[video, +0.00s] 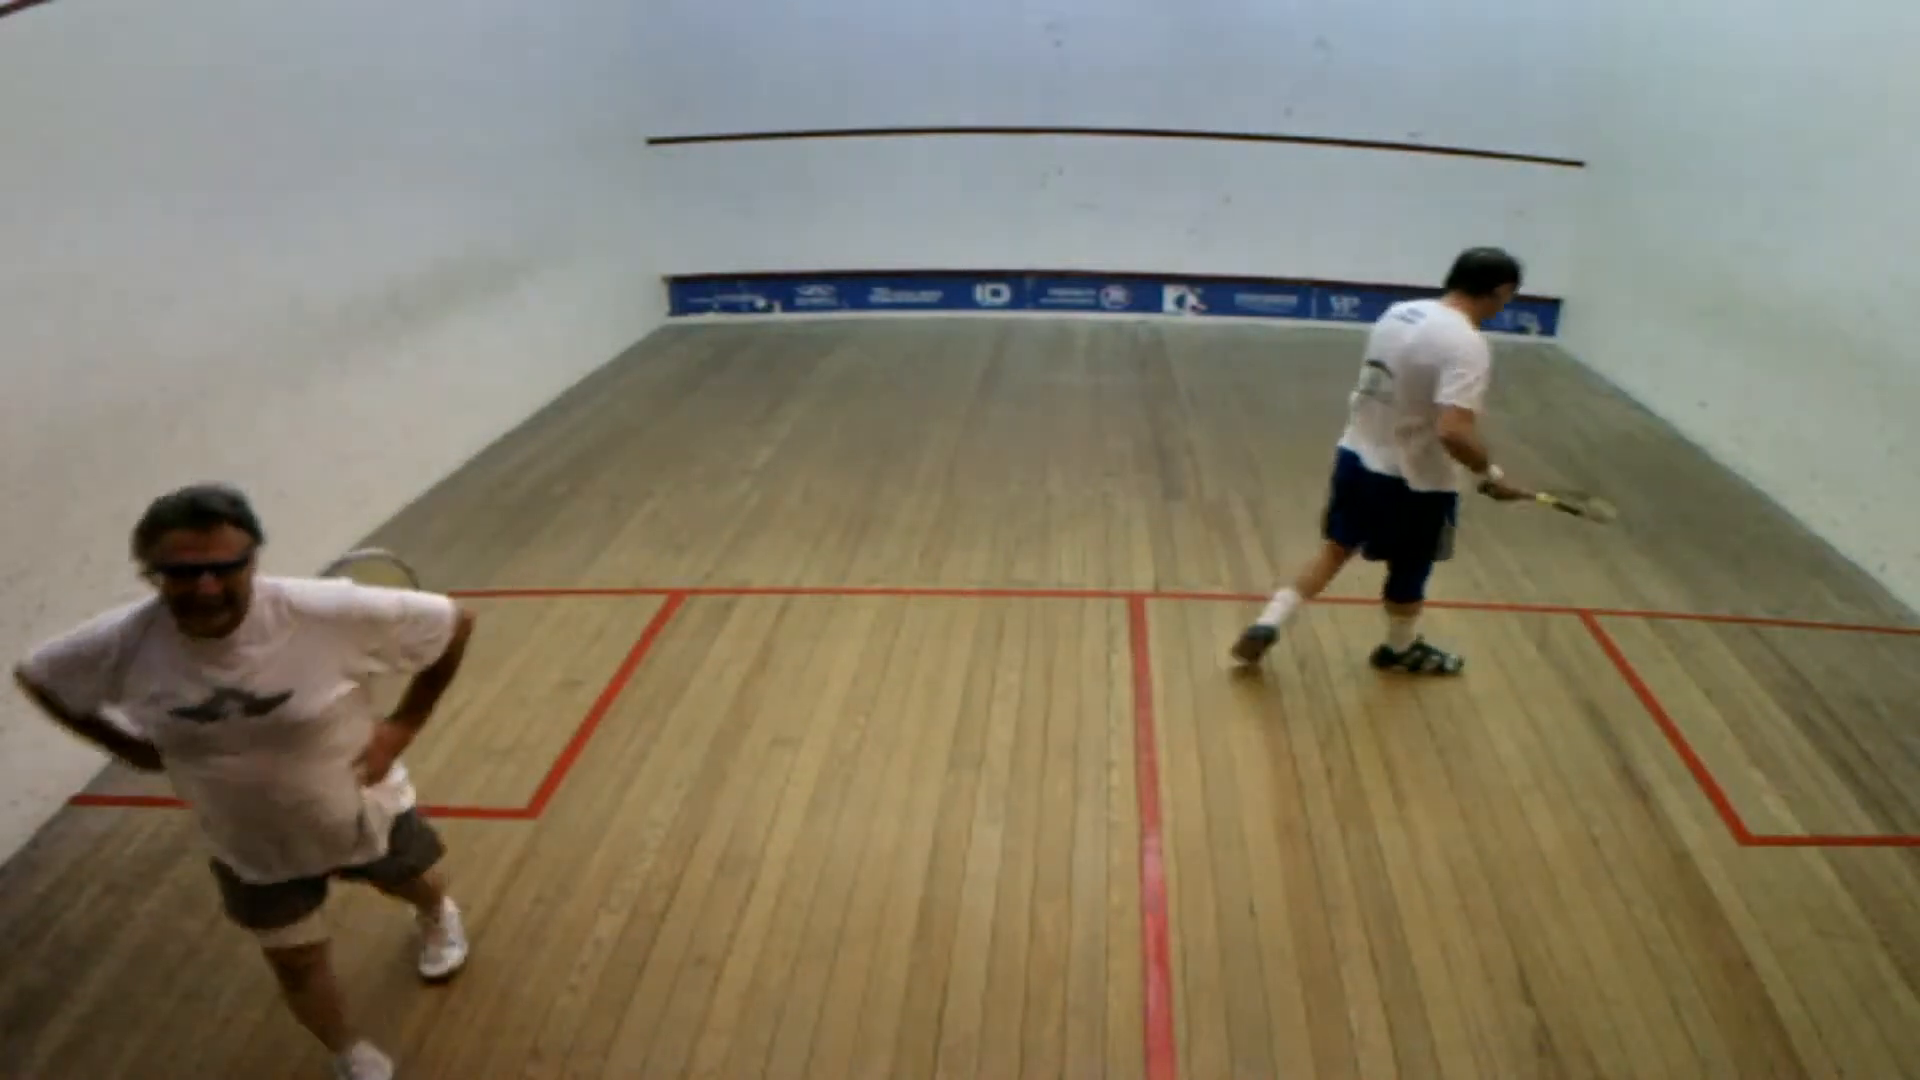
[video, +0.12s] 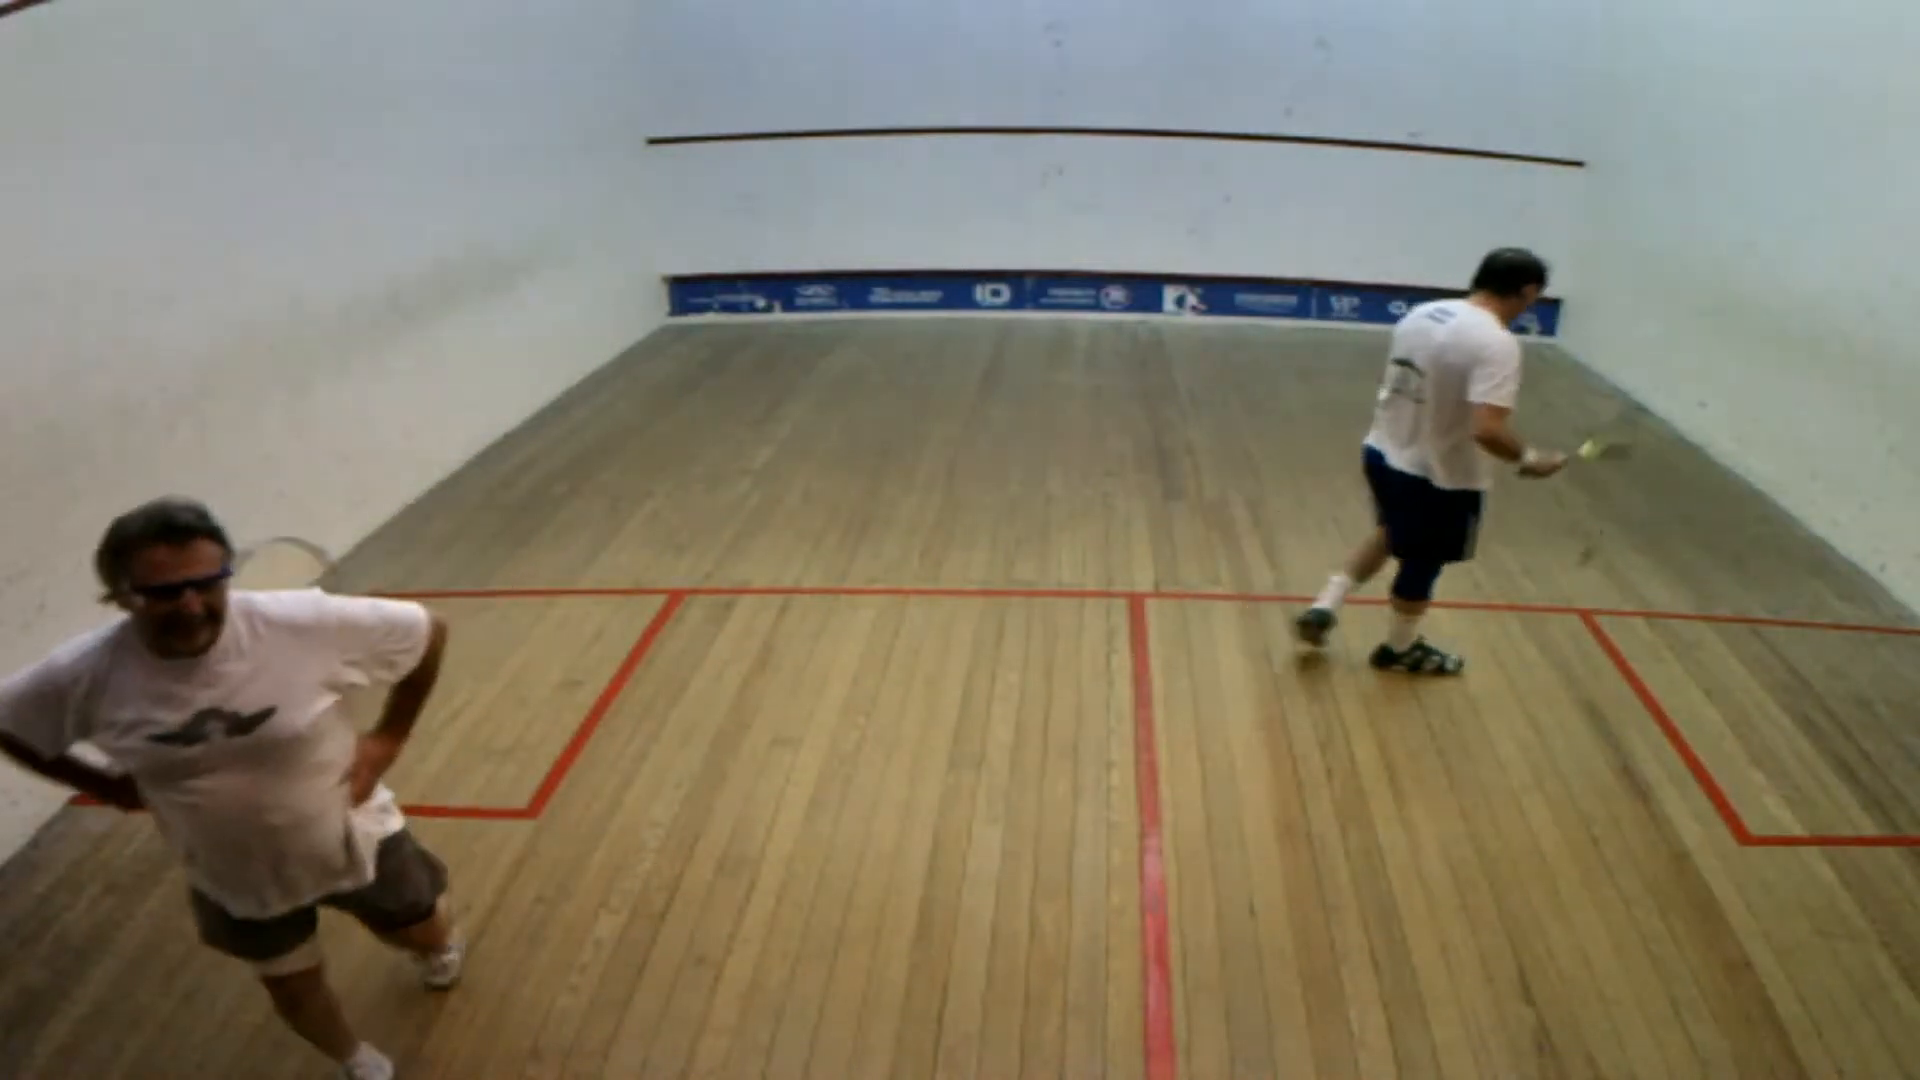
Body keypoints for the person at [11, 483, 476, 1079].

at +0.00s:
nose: (206, 590)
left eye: (224, 570)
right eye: (182, 574)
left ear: (253, 563)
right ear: (154, 575)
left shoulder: (313, 612)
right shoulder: (132, 640)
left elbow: (449, 624)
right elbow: (40, 678)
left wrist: (401, 728)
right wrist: (130, 749)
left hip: (356, 814)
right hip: (253, 851)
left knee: (406, 879)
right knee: (298, 970)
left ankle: (439, 915)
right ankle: (355, 1059)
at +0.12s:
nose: (192, 607)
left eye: (207, 585)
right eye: (164, 594)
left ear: (228, 574)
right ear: (125, 599)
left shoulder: (290, 624)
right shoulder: (93, 674)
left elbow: (424, 634)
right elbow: (8, 723)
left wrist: (388, 739)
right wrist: (102, 785)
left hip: (346, 835)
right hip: (240, 881)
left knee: (420, 924)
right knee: (296, 991)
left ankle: (439, 951)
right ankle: (361, 1063)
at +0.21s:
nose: (187, 618)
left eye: (202, 594)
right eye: (157, 604)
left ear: (219, 584)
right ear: (109, 612)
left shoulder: (288, 634)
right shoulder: (71, 697)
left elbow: (412, 640)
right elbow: (5, 764)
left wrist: (379, 748)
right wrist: (99, 817)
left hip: (348, 853)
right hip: (236, 904)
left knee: (434, 956)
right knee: (299, 1002)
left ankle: (444, 983)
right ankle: (359, 1065)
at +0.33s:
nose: (194, 630)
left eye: (205, 605)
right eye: (165, 617)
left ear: (221, 594)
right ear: (108, 627)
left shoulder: (288, 643)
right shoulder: (65, 720)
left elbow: (399, 647)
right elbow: (5, 806)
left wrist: (377, 759)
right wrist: (96, 846)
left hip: (352, 868)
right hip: (240, 922)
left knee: (447, 986)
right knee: (304, 1010)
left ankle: (443, 1052)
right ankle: (361, 1066)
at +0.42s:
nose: (214, 642)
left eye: (222, 615)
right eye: (181, 631)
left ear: (232, 605)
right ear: (117, 643)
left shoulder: (296, 657)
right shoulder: (72, 747)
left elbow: (394, 661)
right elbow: (4, 834)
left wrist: (378, 779)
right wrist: (105, 878)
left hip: (364, 890)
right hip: (249, 945)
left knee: (452, 1014)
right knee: (311, 1023)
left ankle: (456, 1072)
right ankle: (366, 1068)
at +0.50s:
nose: (238, 653)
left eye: (243, 628)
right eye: (208, 642)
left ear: (253, 617)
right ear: (134, 654)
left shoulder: (314, 673)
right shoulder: (91, 766)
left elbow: (400, 679)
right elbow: (5, 860)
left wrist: (390, 804)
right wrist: (117, 906)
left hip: (382, 915)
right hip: (264, 973)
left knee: (453, 1040)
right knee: (321, 1044)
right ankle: (367, 1070)